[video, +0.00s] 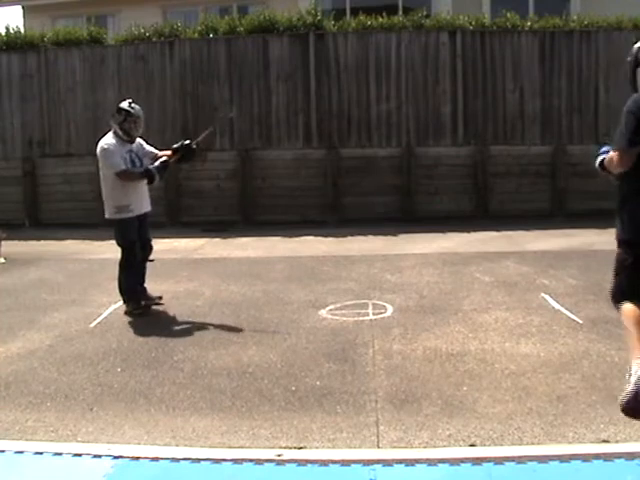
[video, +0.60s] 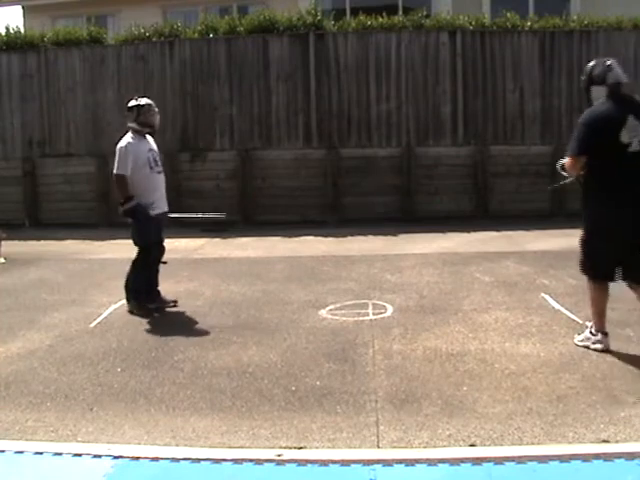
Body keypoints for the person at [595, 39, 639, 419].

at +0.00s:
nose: (633, 73)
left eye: (633, 66)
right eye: (635, 66)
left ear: (634, 69)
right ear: (638, 70)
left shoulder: (637, 104)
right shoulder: (635, 105)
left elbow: (622, 158)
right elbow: (622, 158)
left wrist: (606, 158)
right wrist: (611, 157)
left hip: (634, 226)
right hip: (633, 226)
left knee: (627, 295)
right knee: (627, 296)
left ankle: (637, 368)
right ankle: (635, 370)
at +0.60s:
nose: (589, 92)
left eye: (590, 87)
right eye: (589, 87)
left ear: (596, 86)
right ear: (619, 82)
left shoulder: (595, 118)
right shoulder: (636, 111)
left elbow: (573, 165)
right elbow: (622, 155)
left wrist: (569, 165)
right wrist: (583, 168)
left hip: (605, 211)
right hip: (635, 208)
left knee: (597, 270)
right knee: (633, 274)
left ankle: (598, 331)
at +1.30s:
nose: (539, 93)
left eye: (542, 88)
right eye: (541, 87)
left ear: (550, 90)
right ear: (567, 89)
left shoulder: (561, 118)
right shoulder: (575, 116)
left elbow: (551, 152)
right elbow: (568, 157)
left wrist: (528, 159)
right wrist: (537, 168)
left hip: (558, 202)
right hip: (575, 199)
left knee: (540, 258)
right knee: (563, 255)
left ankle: (577, 303)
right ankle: (565, 307)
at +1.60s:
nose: (511, 97)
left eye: (514, 91)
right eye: (512, 91)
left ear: (525, 94)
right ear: (533, 94)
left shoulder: (539, 123)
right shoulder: (532, 121)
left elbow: (551, 159)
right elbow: (535, 161)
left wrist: (522, 177)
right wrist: (511, 172)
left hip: (536, 202)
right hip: (547, 201)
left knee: (517, 250)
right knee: (554, 255)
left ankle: (505, 301)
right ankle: (563, 310)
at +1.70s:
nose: (502, 99)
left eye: (505, 94)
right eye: (503, 93)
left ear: (515, 97)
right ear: (526, 96)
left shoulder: (529, 126)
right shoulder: (529, 123)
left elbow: (541, 161)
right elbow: (529, 161)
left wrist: (513, 178)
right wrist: (505, 171)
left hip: (529, 200)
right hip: (543, 199)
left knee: (508, 250)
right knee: (547, 254)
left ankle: (500, 301)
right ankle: (562, 308)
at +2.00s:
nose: (479, 97)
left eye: (482, 92)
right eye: (480, 92)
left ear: (492, 95)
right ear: (500, 96)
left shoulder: (502, 125)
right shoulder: (496, 122)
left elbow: (498, 164)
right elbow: (490, 157)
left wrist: (476, 183)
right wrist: (474, 171)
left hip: (499, 196)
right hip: (497, 195)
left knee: (489, 247)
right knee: (492, 244)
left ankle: (497, 300)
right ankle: (511, 286)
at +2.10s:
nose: (472, 96)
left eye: (476, 91)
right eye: (473, 90)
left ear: (488, 94)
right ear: (490, 95)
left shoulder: (499, 123)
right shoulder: (487, 121)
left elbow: (494, 162)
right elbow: (481, 155)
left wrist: (472, 182)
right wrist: (468, 173)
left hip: (496, 195)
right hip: (487, 193)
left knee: (488, 245)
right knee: (477, 241)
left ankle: (497, 300)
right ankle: (487, 289)